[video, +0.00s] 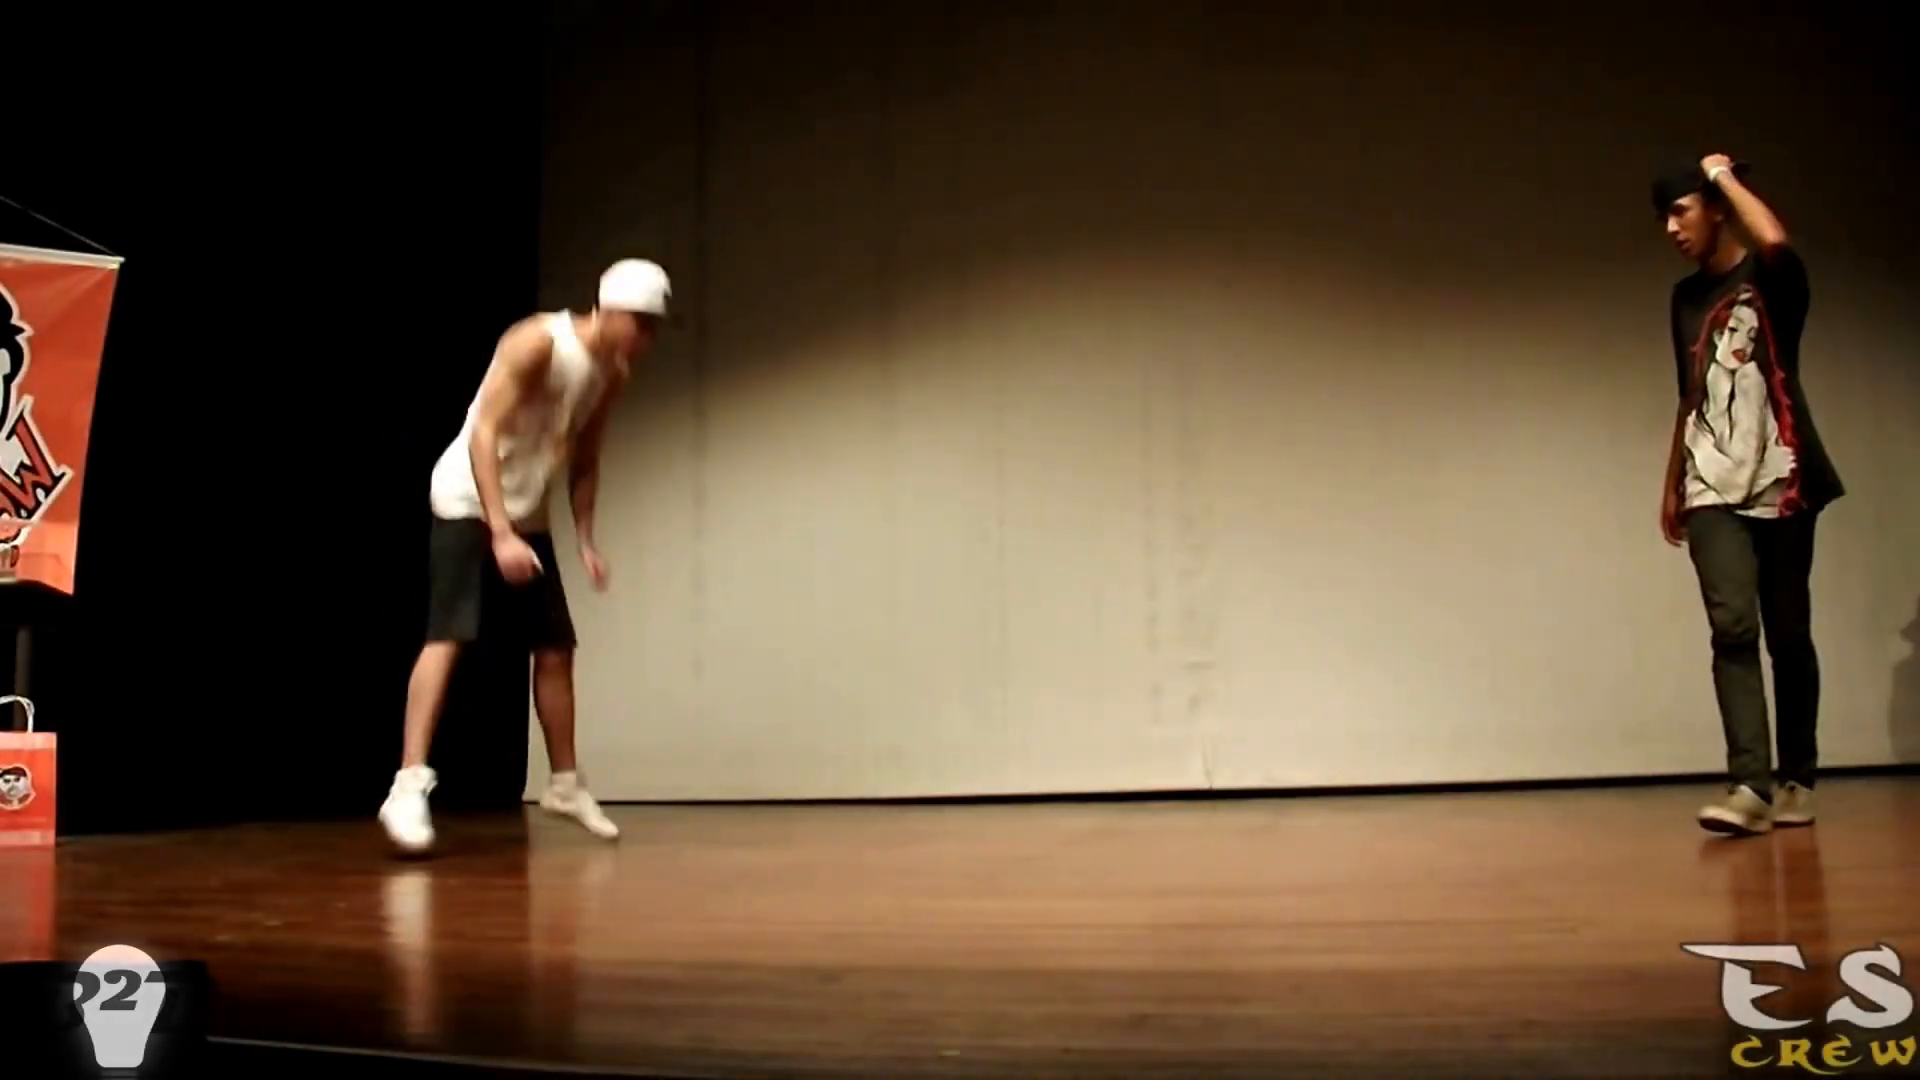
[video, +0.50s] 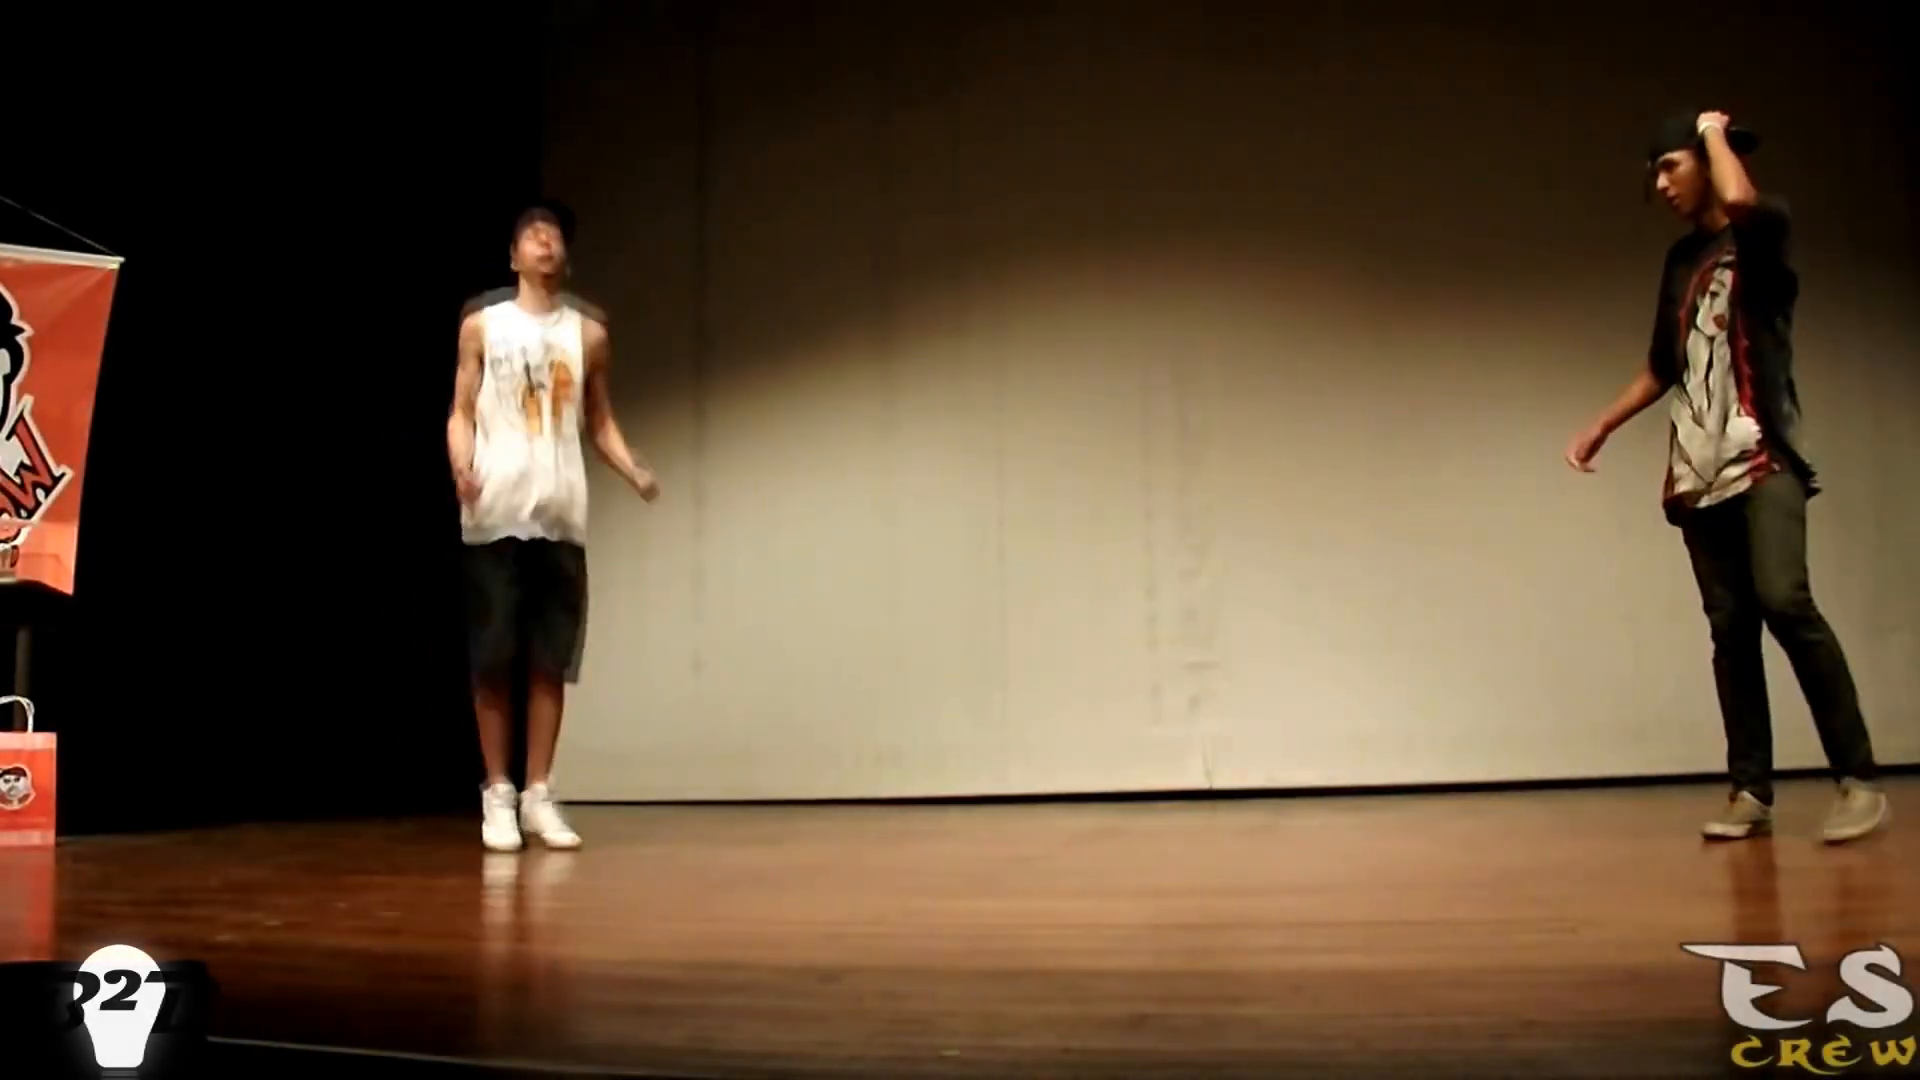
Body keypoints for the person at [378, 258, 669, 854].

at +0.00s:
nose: (646, 337)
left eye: (652, 326)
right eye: (640, 322)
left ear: (643, 324)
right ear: (607, 311)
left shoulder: (609, 373)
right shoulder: (534, 343)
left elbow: (583, 457)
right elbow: (482, 434)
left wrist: (586, 538)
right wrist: (501, 531)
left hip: (526, 512)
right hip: (467, 504)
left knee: (555, 648)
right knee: (448, 635)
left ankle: (564, 785)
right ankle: (409, 786)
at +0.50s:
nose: (545, 245)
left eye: (554, 236)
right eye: (534, 236)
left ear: (566, 253)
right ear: (514, 251)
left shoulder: (589, 332)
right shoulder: (481, 325)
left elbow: (600, 420)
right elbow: (462, 410)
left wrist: (633, 470)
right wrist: (463, 465)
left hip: (560, 520)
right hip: (492, 519)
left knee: (551, 666)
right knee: (493, 665)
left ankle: (538, 797)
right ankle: (498, 796)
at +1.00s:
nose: (515, 281)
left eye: (526, 270)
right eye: (506, 269)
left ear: (543, 269)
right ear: (492, 266)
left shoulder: (567, 330)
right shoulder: (464, 326)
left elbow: (583, 421)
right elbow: (443, 415)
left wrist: (531, 400)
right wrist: (482, 398)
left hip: (541, 505)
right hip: (472, 505)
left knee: (552, 648)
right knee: (456, 650)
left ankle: (559, 777)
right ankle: (445, 786)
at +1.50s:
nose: (621, 358)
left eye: (630, 349)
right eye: (615, 346)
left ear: (635, 349)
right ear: (590, 336)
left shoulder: (635, 395)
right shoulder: (541, 388)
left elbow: (636, 472)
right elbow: (541, 470)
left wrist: (605, 419)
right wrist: (590, 421)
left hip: (611, 564)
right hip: (544, 563)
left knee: (628, 689)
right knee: (511, 680)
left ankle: (589, 785)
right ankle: (468, 795)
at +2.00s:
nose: (763, 359)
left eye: (769, 348)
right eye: (758, 345)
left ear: (764, 348)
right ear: (727, 335)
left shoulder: (739, 393)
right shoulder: (674, 391)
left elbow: (755, 478)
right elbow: (689, 481)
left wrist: (750, 431)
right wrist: (746, 437)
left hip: (726, 557)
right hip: (693, 557)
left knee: (695, 688)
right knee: (752, 677)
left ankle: (619, 772)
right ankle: (778, 803)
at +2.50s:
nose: (900, 330)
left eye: (906, 320)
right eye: (894, 315)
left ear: (897, 321)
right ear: (862, 305)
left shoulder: (876, 379)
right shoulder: (795, 362)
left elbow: (877, 474)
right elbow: (797, 454)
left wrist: (881, 424)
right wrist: (865, 428)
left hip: (863, 552)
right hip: (802, 556)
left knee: (900, 676)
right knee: (805, 689)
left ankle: (944, 805)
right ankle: (785, 796)